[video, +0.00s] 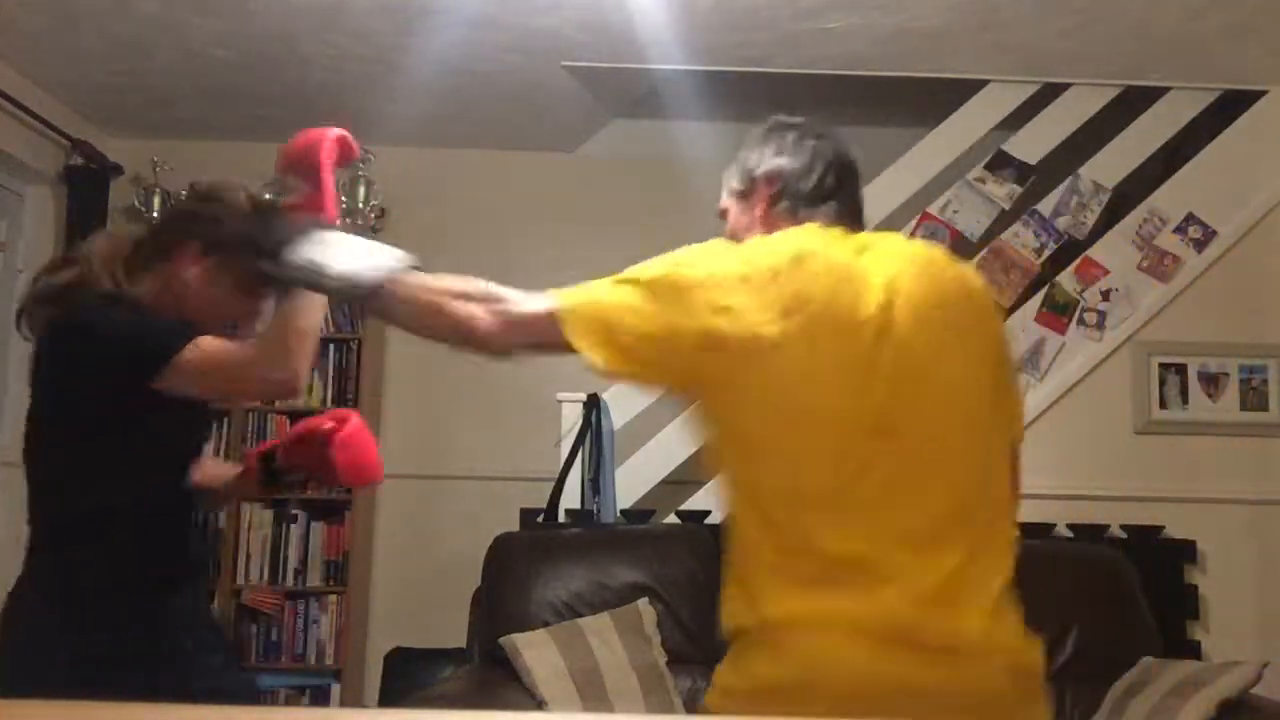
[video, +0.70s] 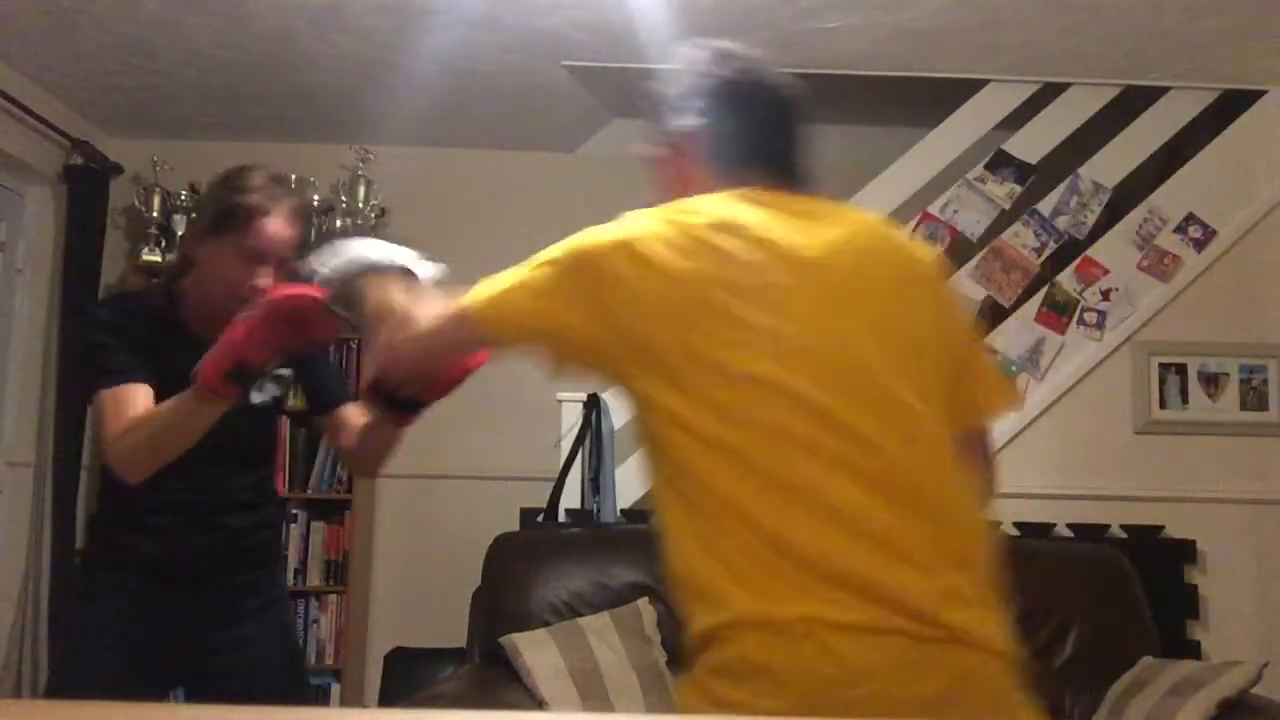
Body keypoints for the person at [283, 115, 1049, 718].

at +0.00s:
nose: (724, 233)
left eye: (726, 215)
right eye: (725, 217)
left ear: (765, 199)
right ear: (850, 205)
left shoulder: (728, 281)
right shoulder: (971, 292)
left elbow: (496, 320)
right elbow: (1002, 494)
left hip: (798, 679)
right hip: (987, 681)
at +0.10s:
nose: (718, 222)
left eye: (719, 205)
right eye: (721, 207)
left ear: (749, 190)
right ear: (848, 196)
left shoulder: (706, 264)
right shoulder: (959, 291)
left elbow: (481, 297)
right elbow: (984, 505)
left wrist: (346, 259)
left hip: (782, 680)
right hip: (974, 681)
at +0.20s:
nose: (732, 171)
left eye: (732, 153)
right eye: (730, 156)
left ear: (768, 138)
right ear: (861, 147)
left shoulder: (733, 213)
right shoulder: (976, 235)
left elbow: (553, 319)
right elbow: (1002, 415)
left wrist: (477, 297)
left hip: (808, 655)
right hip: (1005, 659)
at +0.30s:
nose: (758, 170)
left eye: (760, 152)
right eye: (758, 154)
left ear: (795, 135)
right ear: (883, 141)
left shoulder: (774, 207)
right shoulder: (1002, 229)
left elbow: (697, 397)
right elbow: (1034, 394)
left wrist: (625, 323)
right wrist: (786, 390)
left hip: (845, 656)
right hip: (1042, 654)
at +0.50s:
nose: (774, 188)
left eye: (775, 172)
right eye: (773, 174)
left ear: (805, 153)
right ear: (901, 162)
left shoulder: (786, 221)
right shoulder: (1016, 241)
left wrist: (642, 387)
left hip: (842, 667)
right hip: (1047, 671)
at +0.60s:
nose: (729, 172)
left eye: (732, 155)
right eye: (729, 159)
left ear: (762, 147)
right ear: (864, 153)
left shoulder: (716, 225)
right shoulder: (971, 229)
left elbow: (495, 295)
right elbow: (1027, 377)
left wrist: (439, 258)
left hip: (815, 661)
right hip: (1021, 663)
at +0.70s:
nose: (657, 175)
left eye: (659, 154)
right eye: (659, 156)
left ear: (687, 153)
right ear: (789, 152)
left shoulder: (655, 251)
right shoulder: (908, 260)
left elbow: (418, 340)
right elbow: (974, 458)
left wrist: (389, 296)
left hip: (771, 687)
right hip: (973, 687)